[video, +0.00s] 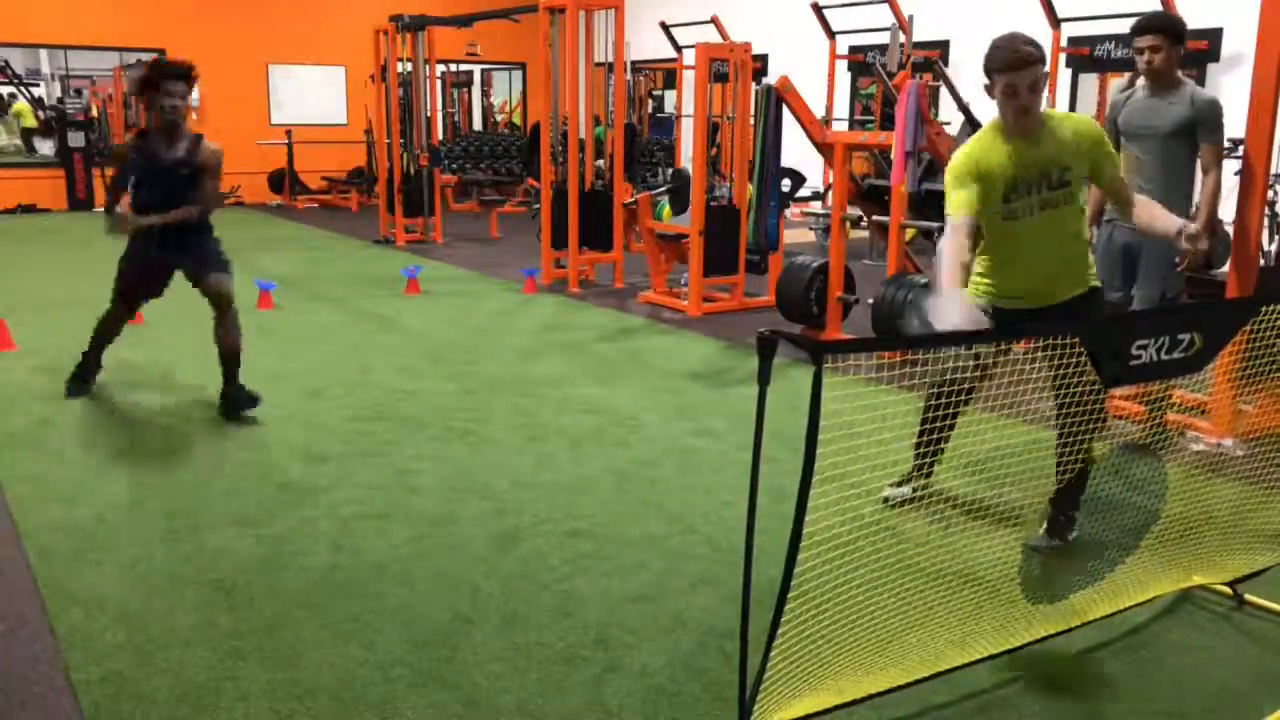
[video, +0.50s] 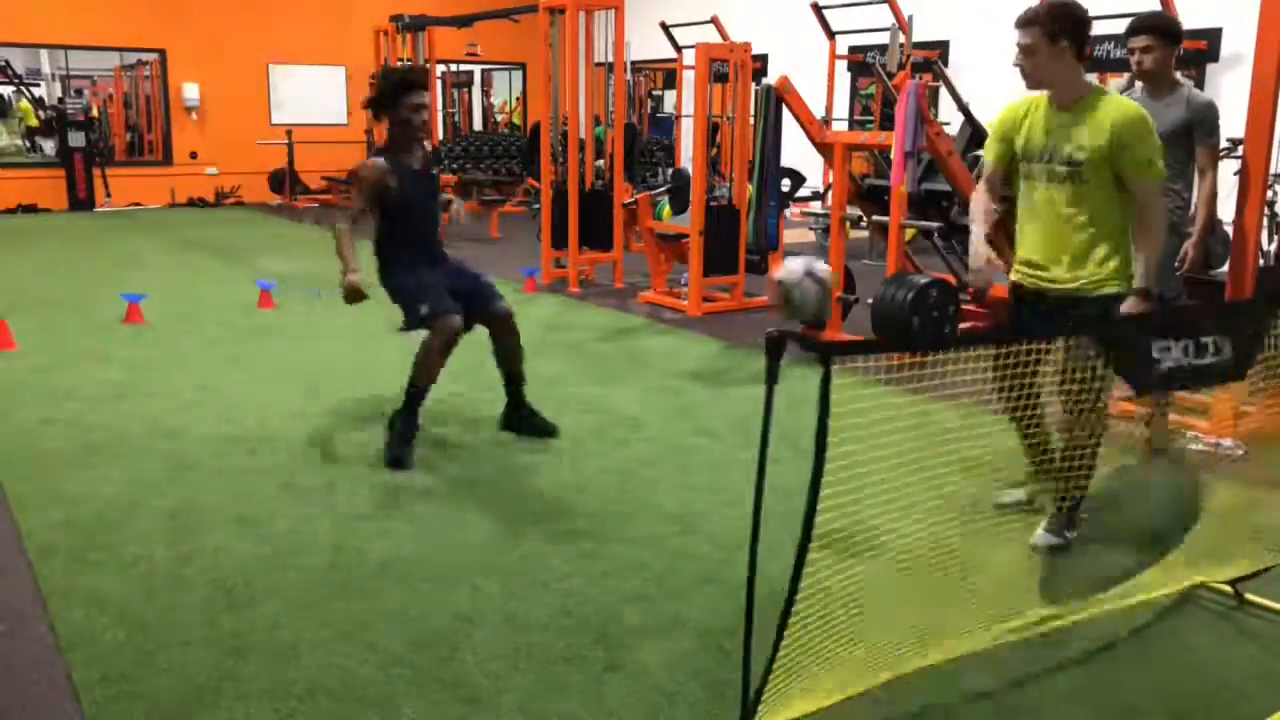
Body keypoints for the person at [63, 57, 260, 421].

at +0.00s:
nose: (172, 104)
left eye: (180, 97)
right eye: (165, 96)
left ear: (189, 104)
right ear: (150, 102)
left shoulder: (206, 153)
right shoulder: (137, 149)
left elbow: (204, 208)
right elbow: (115, 194)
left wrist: (147, 221)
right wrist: (115, 213)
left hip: (196, 238)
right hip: (150, 240)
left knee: (224, 297)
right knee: (120, 311)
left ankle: (231, 389)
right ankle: (87, 367)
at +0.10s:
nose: (219, 87)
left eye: (226, 79)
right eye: (210, 79)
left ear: (235, 85)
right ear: (195, 87)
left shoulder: (253, 138)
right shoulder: (182, 137)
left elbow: (275, 193)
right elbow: (154, 179)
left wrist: (236, 225)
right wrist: (135, 221)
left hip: (243, 233)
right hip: (198, 234)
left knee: (262, 304)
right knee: (176, 313)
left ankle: (239, 396)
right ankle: (140, 351)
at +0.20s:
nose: (270, 77)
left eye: (274, 69)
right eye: (260, 69)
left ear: (281, 73)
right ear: (239, 76)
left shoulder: (298, 120)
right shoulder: (222, 129)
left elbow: (320, 163)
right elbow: (189, 178)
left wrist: (331, 191)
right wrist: (168, 234)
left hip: (292, 225)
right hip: (247, 229)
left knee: (321, 295)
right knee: (252, 304)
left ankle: (279, 374)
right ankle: (233, 389)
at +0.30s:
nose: (325, 88)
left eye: (329, 80)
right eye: (315, 81)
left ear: (333, 85)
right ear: (291, 87)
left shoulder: (339, 129)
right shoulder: (273, 142)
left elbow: (346, 170)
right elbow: (236, 191)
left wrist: (390, 181)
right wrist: (218, 245)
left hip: (340, 235)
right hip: (299, 241)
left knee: (386, 299)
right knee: (322, 317)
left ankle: (373, 388)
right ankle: (332, 420)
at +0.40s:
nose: (380, 117)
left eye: (384, 109)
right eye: (371, 109)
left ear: (388, 112)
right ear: (348, 115)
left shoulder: (384, 156)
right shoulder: (332, 168)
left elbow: (382, 200)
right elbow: (290, 218)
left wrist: (422, 200)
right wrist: (285, 266)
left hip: (390, 262)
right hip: (353, 268)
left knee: (454, 317)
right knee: (388, 331)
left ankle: (493, 407)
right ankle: (372, 435)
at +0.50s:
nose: (421, 118)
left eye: (424, 110)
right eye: (412, 111)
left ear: (429, 113)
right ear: (388, 118)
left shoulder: (426, 158)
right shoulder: (376, 171)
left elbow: (418, 213)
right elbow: (346, 227)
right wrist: (349, 271)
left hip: (438, 262)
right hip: (403, 270)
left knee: (501, 316)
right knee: (448, 325)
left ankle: (517, 407)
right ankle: (406, 421)